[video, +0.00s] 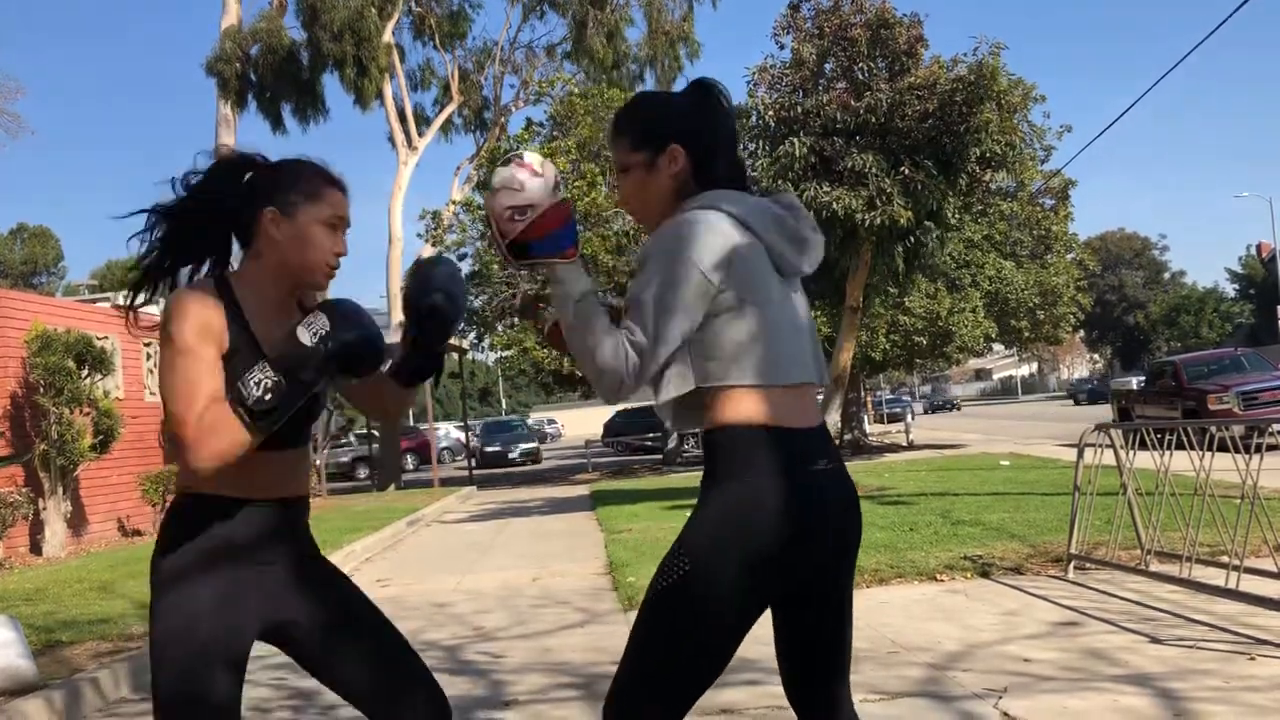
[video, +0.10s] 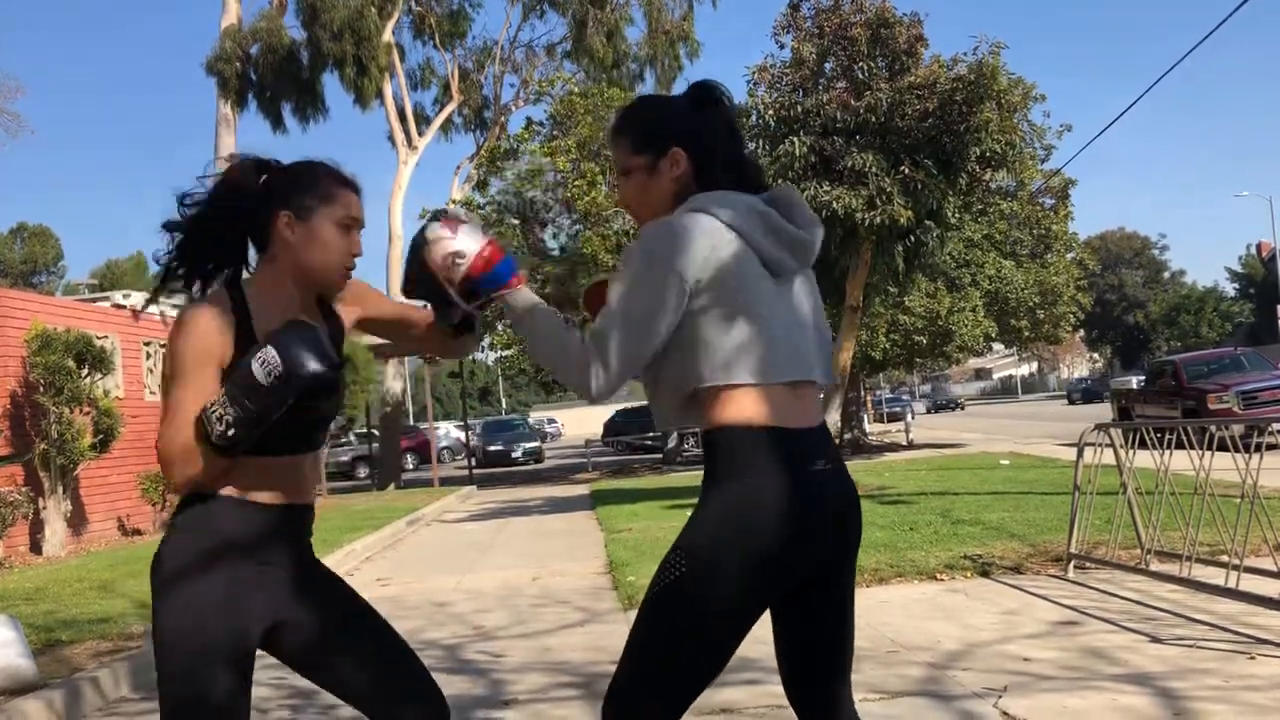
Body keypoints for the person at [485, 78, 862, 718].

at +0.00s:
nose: (617, 193)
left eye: (624, 173)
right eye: (615, 176)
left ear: (673, 163)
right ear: (676, 162)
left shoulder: (693, 233)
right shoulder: (765, 229)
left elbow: (619, 370)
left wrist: (564, 268)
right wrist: (590, 334)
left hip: (749, 498)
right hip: (824, 492)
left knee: (636, 706)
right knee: (825, 700)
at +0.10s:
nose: (617, 193)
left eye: (624, 174)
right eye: (615, 176)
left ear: (674, 165)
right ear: (672, 164)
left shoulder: (676, 237)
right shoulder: (778, 231)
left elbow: (593, 369)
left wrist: (505, 286)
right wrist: (636, 305)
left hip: (747, 499)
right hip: (825, 493)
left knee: (635, 707)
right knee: (826, 702)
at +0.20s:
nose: (610, 195)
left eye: (614, 173)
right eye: (606, 176)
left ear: (664, 161)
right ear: (667, 161)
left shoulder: (683, 224)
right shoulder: (742, 222)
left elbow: (645, 375)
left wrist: (569, 346)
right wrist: (638, 268)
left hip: (753, 487)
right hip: (817, 482)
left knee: (630, 704)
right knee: (823, 698)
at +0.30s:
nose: (584, 191)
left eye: (591, 170)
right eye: (580, 174)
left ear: (644, 160)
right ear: (642, 163)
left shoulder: (685, 223)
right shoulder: (677, 232)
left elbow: (681, 366)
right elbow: (643, 391)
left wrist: (572, 309)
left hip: (754, 490)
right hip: (782, 483)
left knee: (622, 704)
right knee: (810, 702)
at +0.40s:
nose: (546, 185)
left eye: (556, 164)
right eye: (541, 168)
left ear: (611, 153)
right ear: (605, 159)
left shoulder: (667, 218)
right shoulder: (624, 237)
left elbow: (682, 364)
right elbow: (627, 382)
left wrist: (571, 280)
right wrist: (549, 341)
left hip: (722, 488)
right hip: (699, 485)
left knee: (626, 706)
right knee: (763, 701)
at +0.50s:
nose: (515, 185)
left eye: (527, 163)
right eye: (506, 166)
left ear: (582, 150)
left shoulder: (653, 218)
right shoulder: (565, 251)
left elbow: (682, 383)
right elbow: (588, 391)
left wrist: (553, 320)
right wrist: (507, 396)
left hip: (693, 478)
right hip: (651, 480)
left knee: (621, 704)